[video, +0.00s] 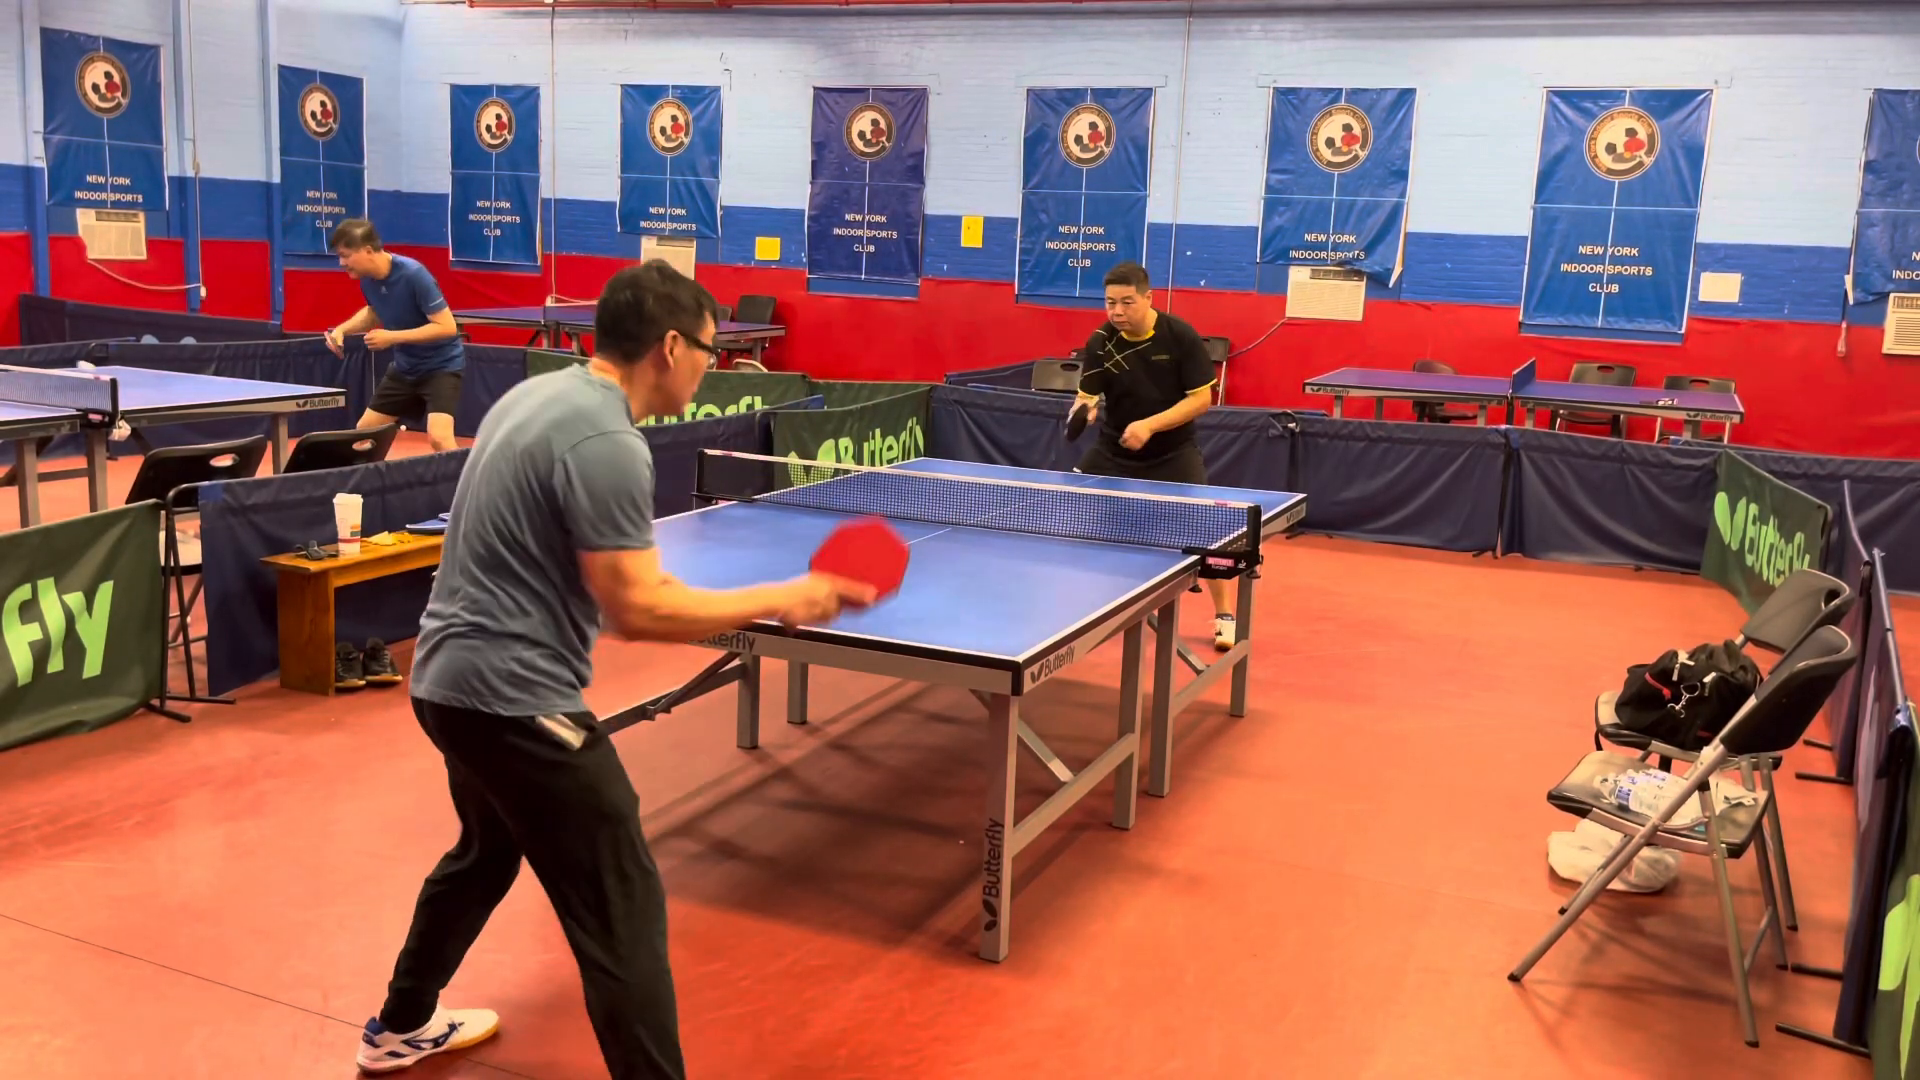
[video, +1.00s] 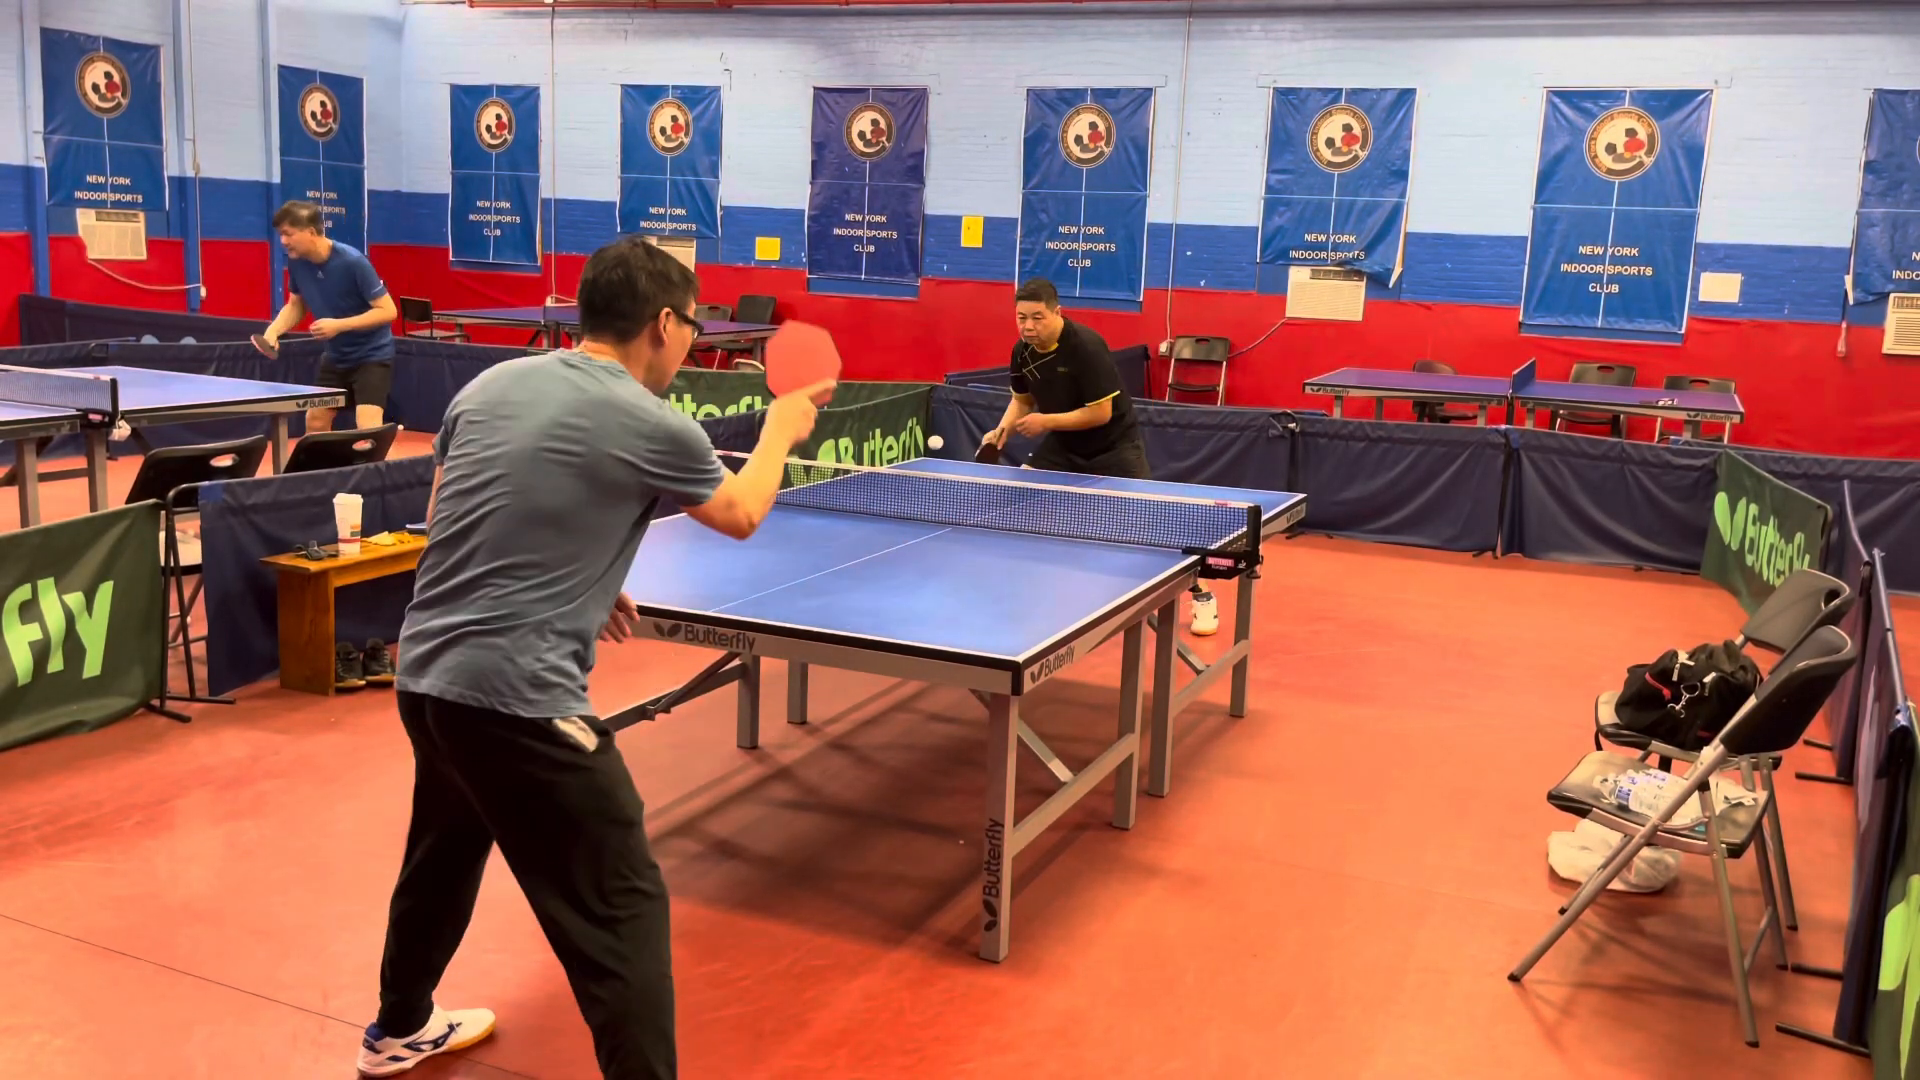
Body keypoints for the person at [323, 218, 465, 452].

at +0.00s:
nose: (342, 264)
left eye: (345, 256)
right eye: (340, 257)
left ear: (368, 251)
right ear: (366, 252)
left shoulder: (415, 274)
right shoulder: (368, 281)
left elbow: (447, 327)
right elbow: (375, 312)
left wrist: (393, 337)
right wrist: (342, 330)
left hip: (442, 365)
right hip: (404, 366)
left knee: (439, 436)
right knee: (364, 432)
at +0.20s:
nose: (328, 263)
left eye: (331, 256)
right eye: (326, 257)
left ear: (353, 250)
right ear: (351, 251)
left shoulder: (402, 272)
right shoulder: (346, 276)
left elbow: (438, 323)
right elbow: (318, 301)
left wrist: (384, 336)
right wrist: (288, 307)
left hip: (434, 363)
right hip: (397, 364)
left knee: (435, 433)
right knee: (357, 428)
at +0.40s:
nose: (314, 250)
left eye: (317, 242)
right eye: (312, 243)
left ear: (340, 236)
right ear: (335, 238)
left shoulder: (387, 261)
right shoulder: (325, 263)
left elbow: (424, 308)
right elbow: (292, 287)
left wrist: (374, 322)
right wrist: (261, 303)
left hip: (412, 356)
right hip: (372, 357)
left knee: (416, 428)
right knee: (346, 426)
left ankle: (452, 490)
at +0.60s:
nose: (308, 244)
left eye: (312, 237)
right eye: (306, 238)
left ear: (335, 232)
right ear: (331, 233)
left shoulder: (381, 257)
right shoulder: (316, 259)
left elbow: (417, 305)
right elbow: (295, 298)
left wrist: (369, 320)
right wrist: (276, 318)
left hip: (400, 352)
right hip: (360, 352)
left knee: (391, 427)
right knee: (336, 419)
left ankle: (403, 491)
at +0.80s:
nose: (303, 246)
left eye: (308, 239)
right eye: (301, 239)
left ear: (331, 235)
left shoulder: (374, 263)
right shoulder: (315, 262)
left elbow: (406, 314)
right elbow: (306, 307)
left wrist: (355, 326)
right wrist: (283, 331)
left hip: (389, 355)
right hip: (349, 354)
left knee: (379, 426)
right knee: (315, 413)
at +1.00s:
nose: (283, 241)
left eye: (288, 234)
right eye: (281, 235)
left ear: (311, 232)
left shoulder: (353, 261)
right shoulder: (296, 263)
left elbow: (388, 311)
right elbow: (296, 304)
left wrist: (339, 325)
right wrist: (272, 332)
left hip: (373, 354)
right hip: (335, 355)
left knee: (367, 426)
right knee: (316, 421)